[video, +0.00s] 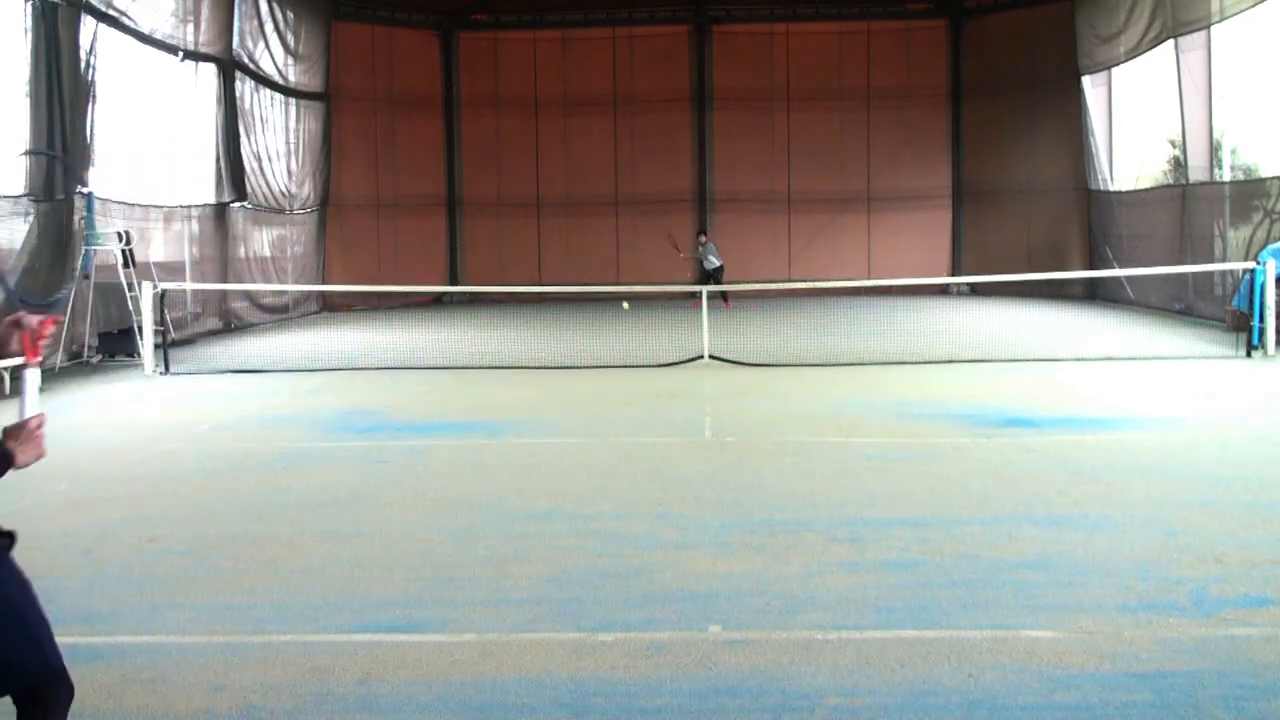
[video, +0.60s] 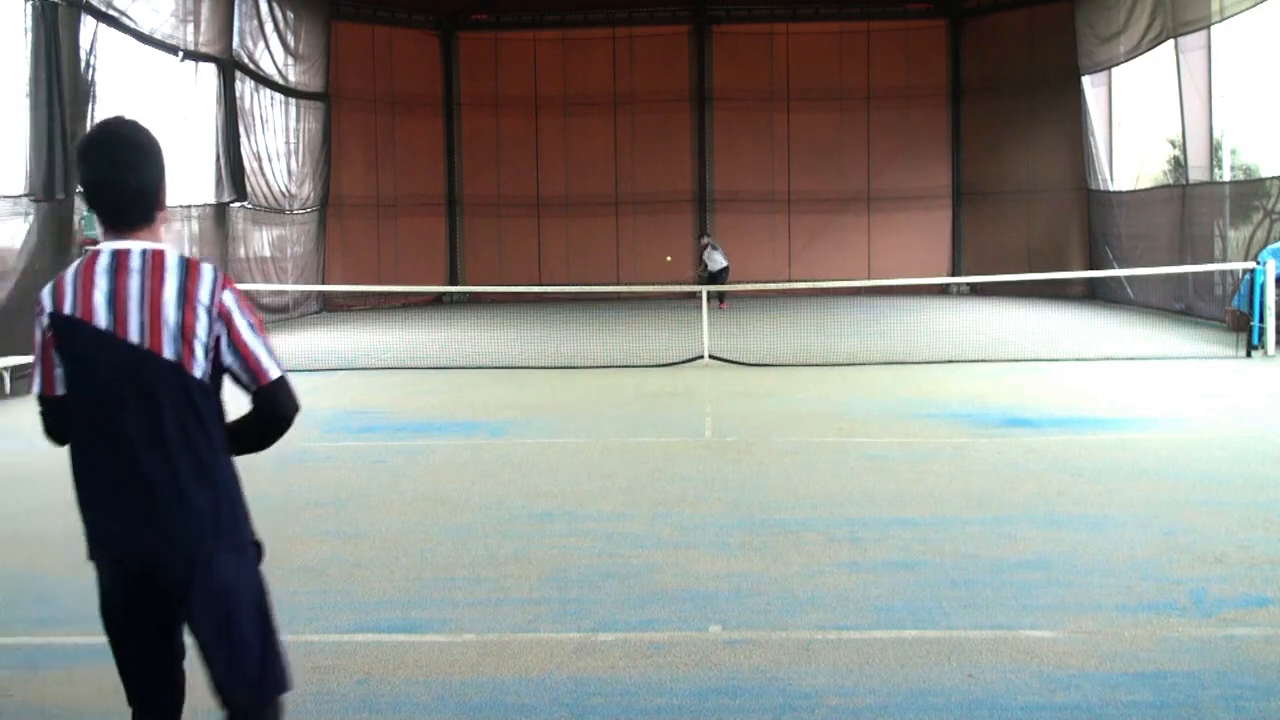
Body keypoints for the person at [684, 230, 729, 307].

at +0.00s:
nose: (701, 239)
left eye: (703, 237)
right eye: (699, 237)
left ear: (706, 237)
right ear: (698, 239)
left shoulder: (709, 246)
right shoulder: (701, 248)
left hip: (716, 267)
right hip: (707, 269)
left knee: (719, 284)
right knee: (701, 283)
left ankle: (726, 301)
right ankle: (701, 299)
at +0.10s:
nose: (699, 241)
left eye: (700, 239)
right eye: (697, 239)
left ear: (704, 239)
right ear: (696, 241)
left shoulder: (707, 247)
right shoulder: (700, 249)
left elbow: (699, 256)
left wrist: (688, 260)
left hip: (716, 268)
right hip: (707, 270)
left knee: (716, 283)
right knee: (701, 283)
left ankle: (726, 300)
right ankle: (701, 299)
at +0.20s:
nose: (698, 243)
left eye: (699, 240)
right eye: (696, 241)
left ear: (703, 241)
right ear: (695, 242)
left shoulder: (706, 249)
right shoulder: (700, 251)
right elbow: (695, 260)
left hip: (717, 269)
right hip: (708, 271)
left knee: (717, 284)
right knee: (701, 284)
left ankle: (722, 302)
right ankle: (701, 301)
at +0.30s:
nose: (698, 245)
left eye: (699, 242)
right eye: (696, 243)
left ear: (703, 243)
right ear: (694, 245)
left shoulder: (706, 251)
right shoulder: (699, 252)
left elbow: (697, 260)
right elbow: (694, 261)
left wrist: (685, 267)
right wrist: (688, 269)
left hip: (717, 269)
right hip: (707, 271)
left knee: (716, 284)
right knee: (699, 284)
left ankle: (721, 302)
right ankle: (700, 300)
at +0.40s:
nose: (697, 246)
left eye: (698, 244)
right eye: (696, 245)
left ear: (702, 243)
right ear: (695, 246)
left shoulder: (707, 251)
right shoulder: (700, 253)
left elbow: (699, 259)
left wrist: (690, 262)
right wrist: (697, 272)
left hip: (719, 270)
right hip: (710, 272)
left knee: (716, 284)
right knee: (701, 284)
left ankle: (721, 302)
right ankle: (705, 302)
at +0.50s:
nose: (700, 245)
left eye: (701, 243)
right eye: (698, 244)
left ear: (704, 243)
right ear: (696, 245)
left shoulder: (709, 250)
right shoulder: (701, 254)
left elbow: (718, 257)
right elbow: (703, 266)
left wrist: (725, 265)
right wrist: (701, 274)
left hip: (721, 270)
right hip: (712, 273)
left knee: (717, 284)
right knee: (702, 284)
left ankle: (721, 302)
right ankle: (706, 302)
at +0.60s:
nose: (703, 242)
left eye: (704, 239)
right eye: (701, 240)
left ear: (708, 239)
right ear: (700, 242)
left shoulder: (712, 247)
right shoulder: (703, 253)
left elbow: (716, 248)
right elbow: (703, 264)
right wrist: (700, 271)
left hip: (722, 267)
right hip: (711, 270)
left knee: (719, 285)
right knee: (706, 286)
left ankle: (722, 302)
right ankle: (707, 302)